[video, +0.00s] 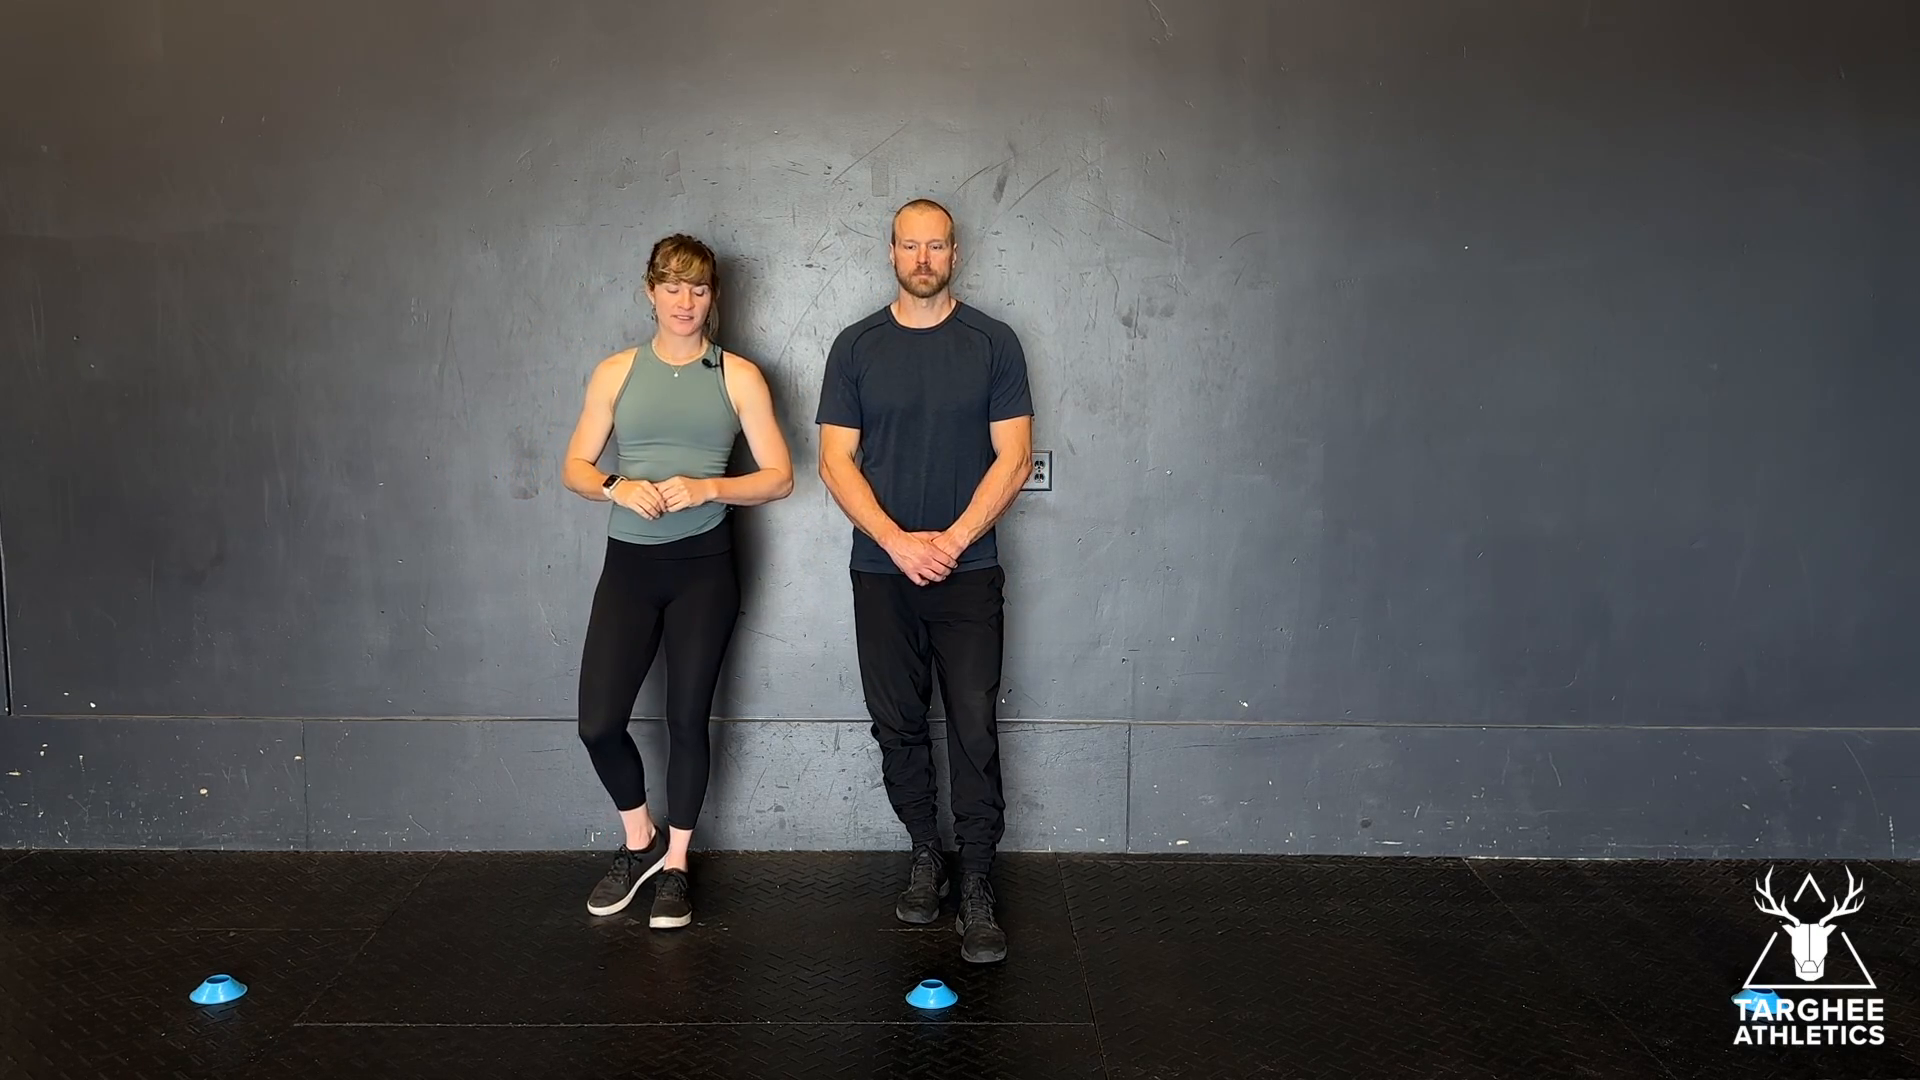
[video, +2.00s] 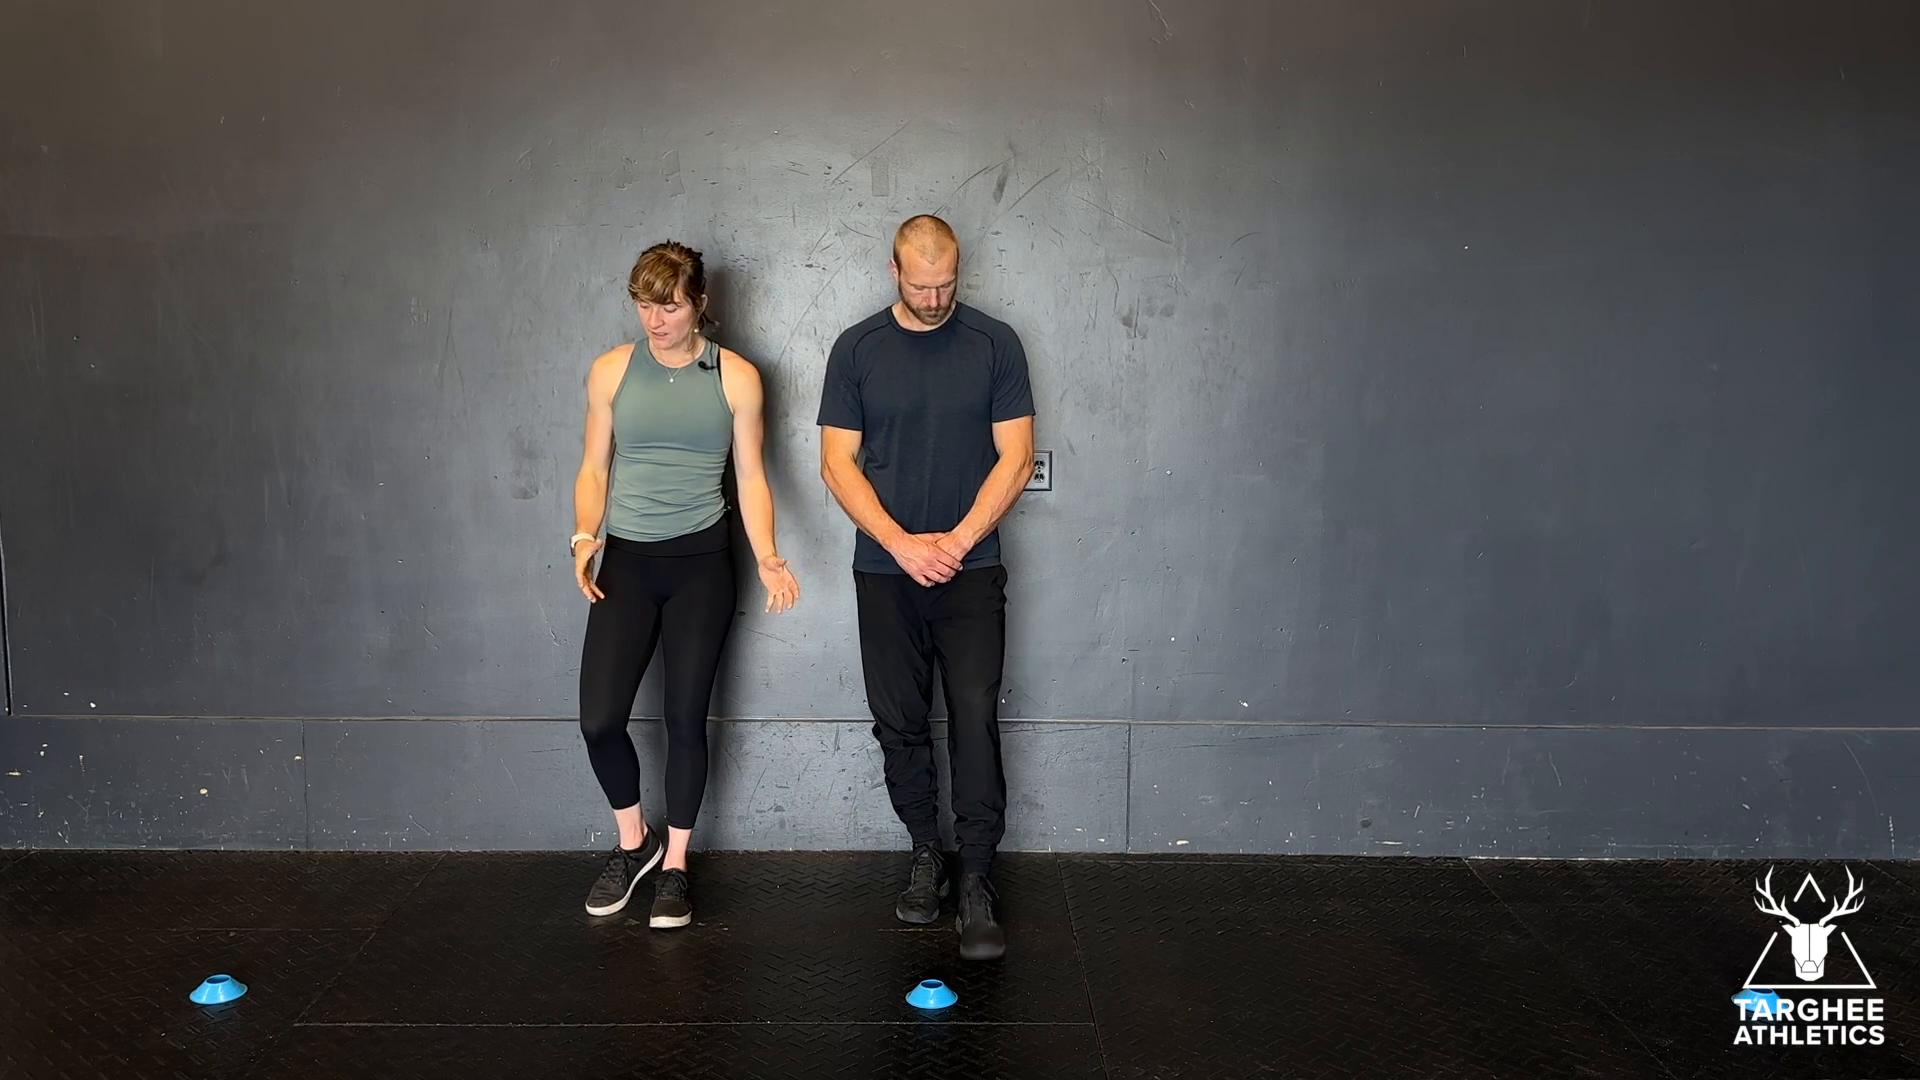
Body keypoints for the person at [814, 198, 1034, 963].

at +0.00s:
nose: (923, 256)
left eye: (936, 244)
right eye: (911, 244)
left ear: (953, 255)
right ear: (891, 253)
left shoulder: (992, 342)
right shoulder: (855, 347)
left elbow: (1015, 460)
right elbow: (835, 462)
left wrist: (950, 542)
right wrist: (894, 539)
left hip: (968, 568)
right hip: (883, 568)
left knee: (974, 729)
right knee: (899, 726)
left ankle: (978, 884)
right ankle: (930, 857)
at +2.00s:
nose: (934, 295)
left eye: (945, 283)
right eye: (923, 283)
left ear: (957, 271)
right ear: (897, 270)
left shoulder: (993, 344)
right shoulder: (856, 348)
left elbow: (1016, 461)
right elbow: (837, 466)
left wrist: (955, 542)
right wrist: (898, 541)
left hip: (970, 568)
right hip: (886, 570)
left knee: (975, 718)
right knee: (900, 723)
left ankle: (977, 876)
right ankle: (927, 856)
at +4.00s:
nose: (910, 299)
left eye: (920, 287)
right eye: (898, 288)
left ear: (941, 270)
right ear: (880, 275)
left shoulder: (987, 341)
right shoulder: (850, 348)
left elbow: (1012, 457)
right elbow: (832, 463)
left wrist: (951, 538)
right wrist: (891, 539)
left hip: (966, 565)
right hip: (881, 566)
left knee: (974, 719)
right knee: (897, 721)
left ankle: (976, 871)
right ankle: (926, 853)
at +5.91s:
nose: (983, 281)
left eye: (995, 269)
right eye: (971, 270)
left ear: (1016, 261)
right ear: (957, 265)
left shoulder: (1054, 340)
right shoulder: (923, 340)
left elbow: (1075, 452)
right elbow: (904, 450)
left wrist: (1017, 530)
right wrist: (959, 527)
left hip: (1027, 551)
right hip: (947, 550)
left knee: (1014, 702)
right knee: (945, 703)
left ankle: (992, 833)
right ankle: (947, 847)